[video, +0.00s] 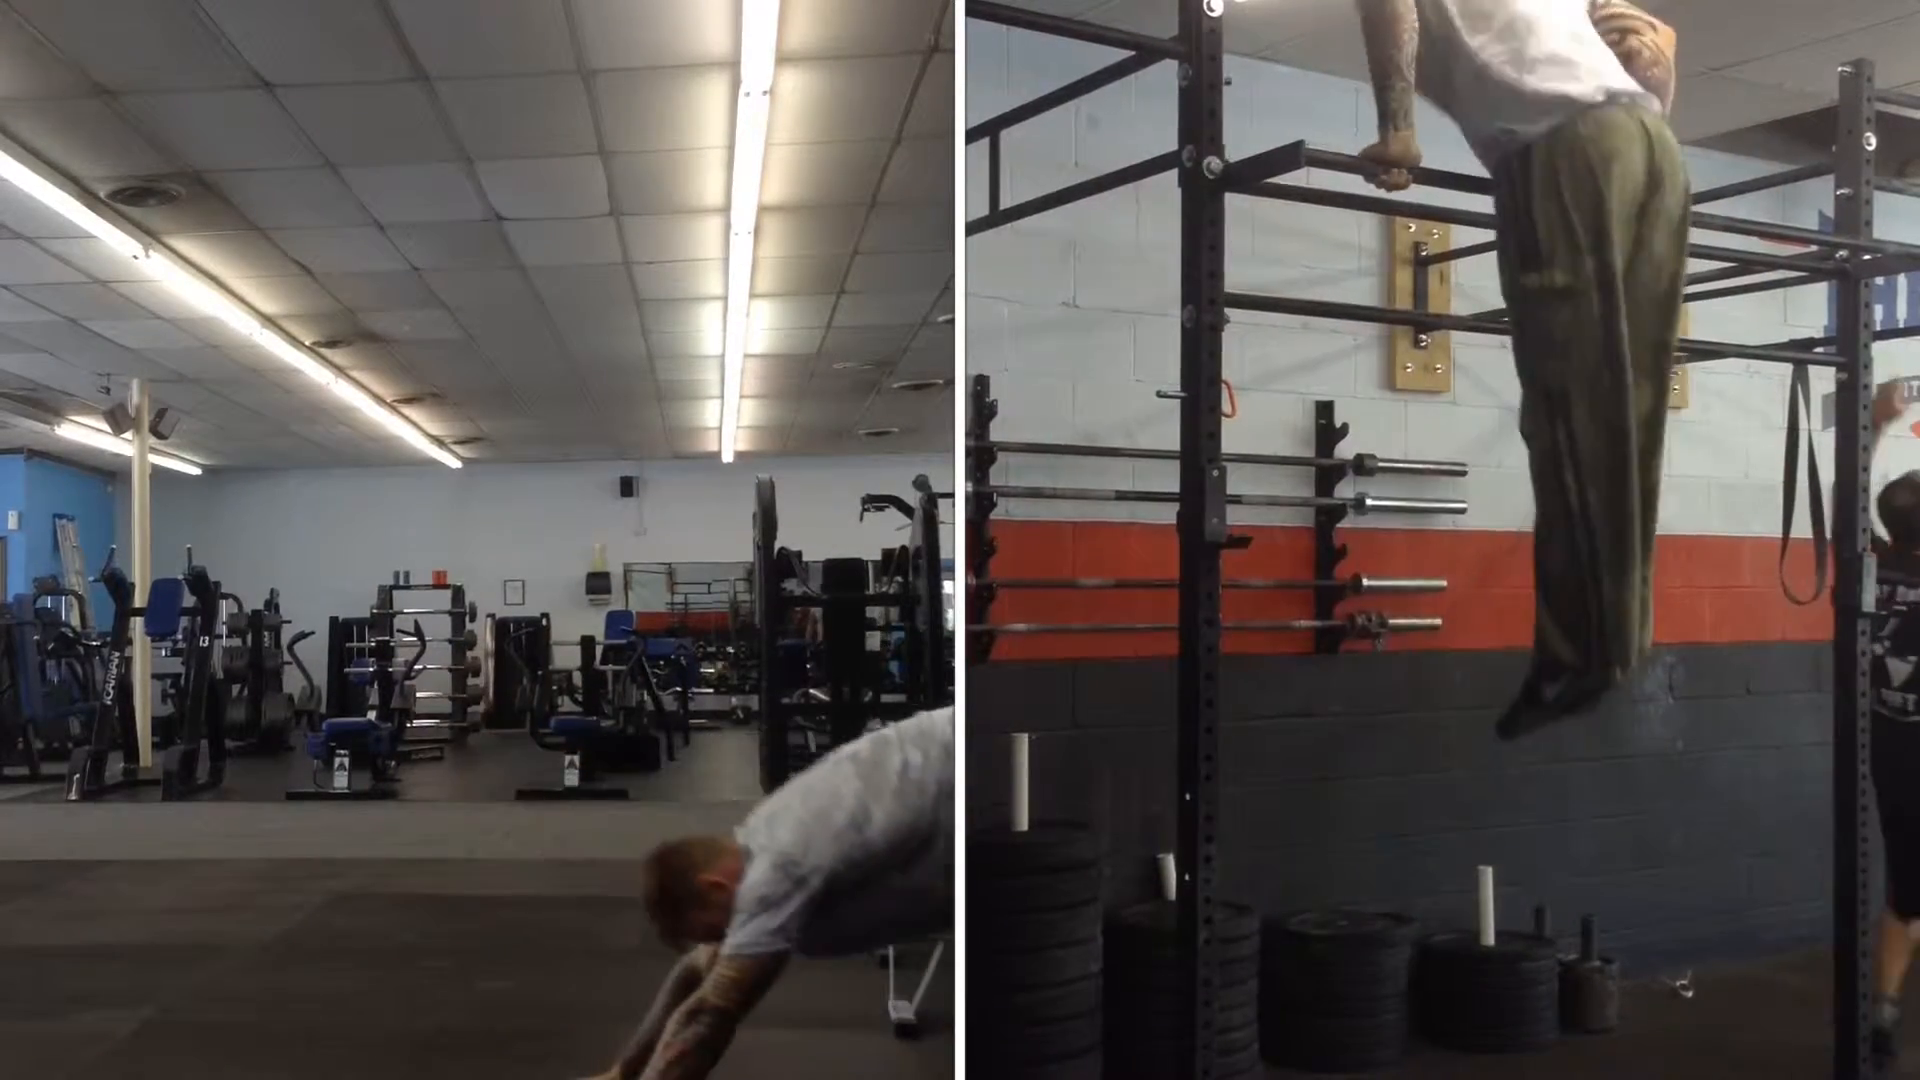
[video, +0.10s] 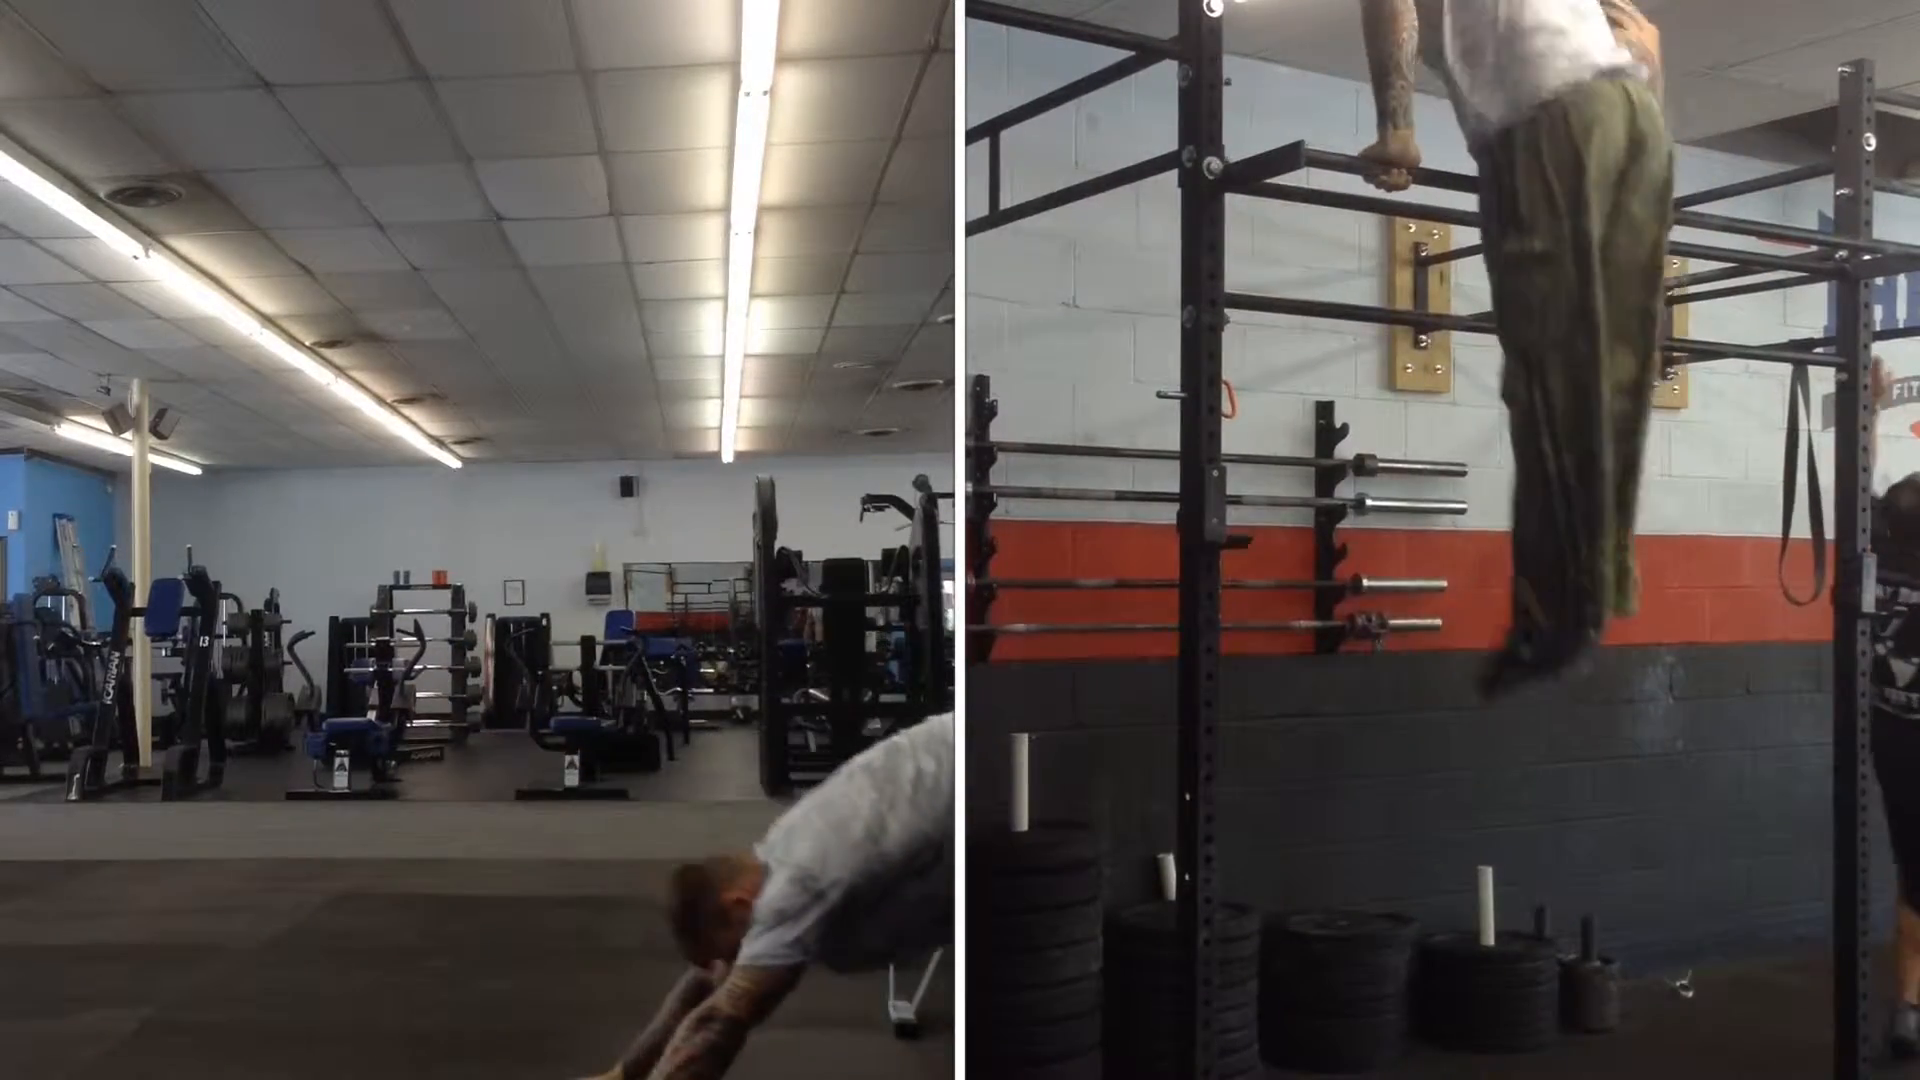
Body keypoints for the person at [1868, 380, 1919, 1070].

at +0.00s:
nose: (1897, 520)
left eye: (1897, 513)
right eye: (1904, 512)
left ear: (1887, 533)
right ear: (1910, 533)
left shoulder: (1884, 577)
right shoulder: (1890, 575)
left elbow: (1850, 502)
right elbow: (1851, 500)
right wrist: (1875, 428)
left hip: (1891, 743)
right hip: (1901, 743)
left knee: (1905, 889)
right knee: (1905, 889)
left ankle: (1883, 1010)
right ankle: (1882, 1010)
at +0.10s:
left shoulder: (1894, 509)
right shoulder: (1899, 507)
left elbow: (1850, 497)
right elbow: (1854, 504)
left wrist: (1860, 410)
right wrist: (1863, 411)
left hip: (1894, 719)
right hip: (1899, 719)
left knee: (1912, 880)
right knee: (1912, 881)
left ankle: (1907, 1010)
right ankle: (1905, 1011)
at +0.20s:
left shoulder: (1895, 514)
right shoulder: (1902, 511)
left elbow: (1861, 498)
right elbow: (1864, 504)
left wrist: (1861, 407)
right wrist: (1865, 409)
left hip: (1898, 723)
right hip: (1901, 722)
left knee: (1913, 878)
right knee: (1914, 878)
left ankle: (1910, 1011)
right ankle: (1908, 1012)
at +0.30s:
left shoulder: (1898, 517)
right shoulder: (1901, 515)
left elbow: (1868, 486)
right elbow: (1871, 489)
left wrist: (1867, 403)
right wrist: (1871, 405)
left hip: (1902, 737)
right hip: (1905, 736)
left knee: (1915, 885)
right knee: (1915, 886)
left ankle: (1911, 1012)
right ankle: (1909, 1013)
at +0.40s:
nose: (1918, 435)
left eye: (1917, 427)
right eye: (1919, 428)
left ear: (1913, 450)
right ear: (1914, 442)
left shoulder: (1897, 507)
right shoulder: (1899, 508)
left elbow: (1871, 480)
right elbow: (1872, 480)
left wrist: (1868, 381)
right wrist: (1872, 383)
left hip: (1901, 715)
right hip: (1904, 715)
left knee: (1913, 878)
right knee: (1914, 879)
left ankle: (1906, 1010)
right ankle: (1904, 1011)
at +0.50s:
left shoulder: (1899, 501)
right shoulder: (1900, 500)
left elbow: (1880, 486)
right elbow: (1882, 490)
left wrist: (1876, 369)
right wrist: (1878, 370)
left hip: (1903, 705)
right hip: (1904, 704)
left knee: (1908, 875)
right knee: (1907, 875)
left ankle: (1901, 1004)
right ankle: (1900, 1006)